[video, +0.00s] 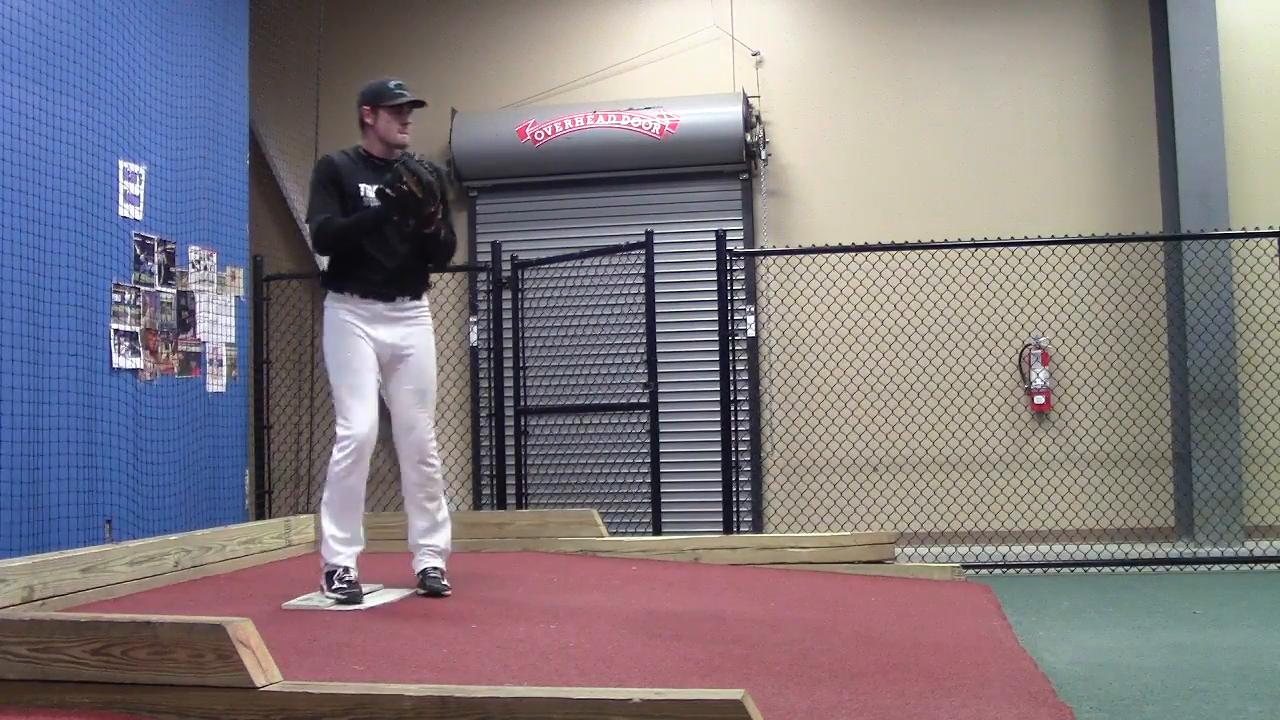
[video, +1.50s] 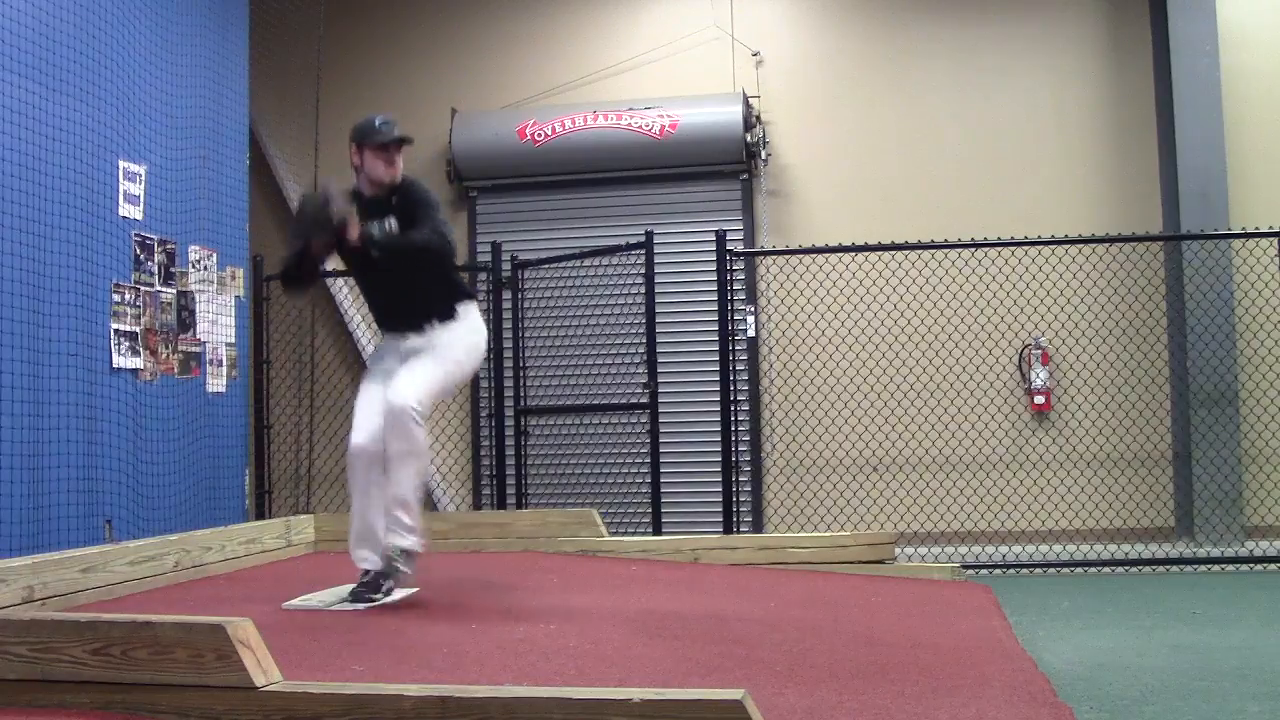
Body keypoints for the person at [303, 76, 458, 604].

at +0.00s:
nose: (406, 121)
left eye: (408, 114)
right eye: (396, 113)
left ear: (408, 120)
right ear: (368, 116)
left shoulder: (420, 175)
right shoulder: (336, 167)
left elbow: (443, 256)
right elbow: (324, 236)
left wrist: (432, 222)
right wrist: (386, 210)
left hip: (410, 319)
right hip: (351, 317)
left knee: (419, 440)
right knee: (358, 432)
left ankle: (431, 558)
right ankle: (339, 562)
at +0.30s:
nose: (430, 125)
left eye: (433, 117)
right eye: (421, 116)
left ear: (435, 124)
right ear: (393, 120)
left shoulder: (451, 178)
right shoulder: (357, 167)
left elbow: (465, 254)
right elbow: (326, 236)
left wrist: (424, 235)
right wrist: (374, 220)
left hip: (426, 322)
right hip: (365, 319)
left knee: (425, 442)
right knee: (365, 430)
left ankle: (430, 559)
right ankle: (376, 560)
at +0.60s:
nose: (415, 122)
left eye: (419, 114)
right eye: (405, 114)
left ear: (423, 120)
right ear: (378, 118)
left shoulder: (437, 171)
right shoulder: (347, 170)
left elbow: (450, 248)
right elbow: (320, 247)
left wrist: (388, 244)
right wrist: (325, 221)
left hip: (426, 320)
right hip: (365, 321)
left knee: (425, 442)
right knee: (369, 436)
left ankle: (431, 559)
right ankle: (379, 565)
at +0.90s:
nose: (391, 125)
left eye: (398, 117)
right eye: (381, 117)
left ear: (408, 121)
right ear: (362, 120)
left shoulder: (417, 163)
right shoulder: (340, 173)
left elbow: (413, 223)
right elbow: (296, 232)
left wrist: (338, 199)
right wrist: (303, 196)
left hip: (420, 298)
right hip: (365, 308)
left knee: (361, 362)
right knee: (368, 427)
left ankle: (379, 515)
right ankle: (381, 566)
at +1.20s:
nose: (388, 122)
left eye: (394, 113)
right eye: (378, 113)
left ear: (402, 117)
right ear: (355, 118)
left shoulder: (411, 155)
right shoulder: (335, 170)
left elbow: (415, 210)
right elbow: (277, 218)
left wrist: (340, 171)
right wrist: (301, 175)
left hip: (435, 294)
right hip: (380, 304)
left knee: (356, 263)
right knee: (377, 430)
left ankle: (358, 406)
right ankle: (380, 566)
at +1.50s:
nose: (395, 159)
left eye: (399, 150)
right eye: (384, 151)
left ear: (404, 153)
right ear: (357, 156)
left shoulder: (412, 195)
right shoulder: (340, 210)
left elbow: (437, 243)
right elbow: (293, 282)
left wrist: (364, 236)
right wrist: (317, 245)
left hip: (454, 331)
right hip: (397, 344)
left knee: (402, 401)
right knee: (363, 444)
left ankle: (403, 544)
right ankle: (376, 566)